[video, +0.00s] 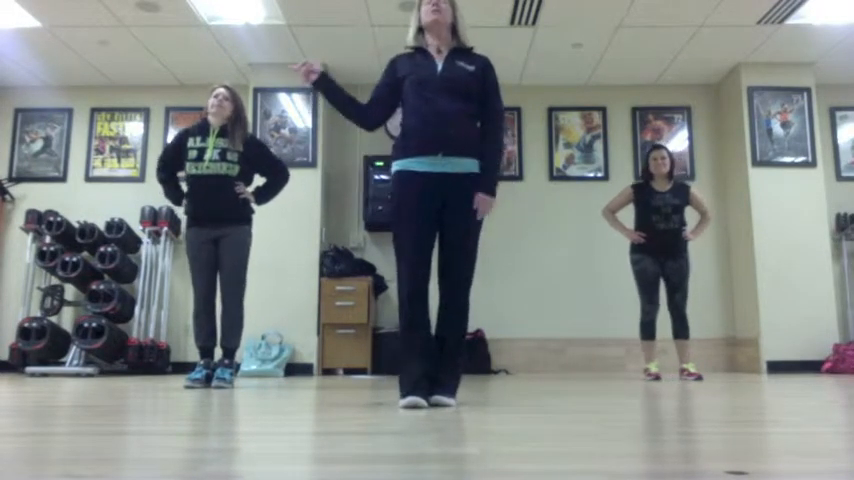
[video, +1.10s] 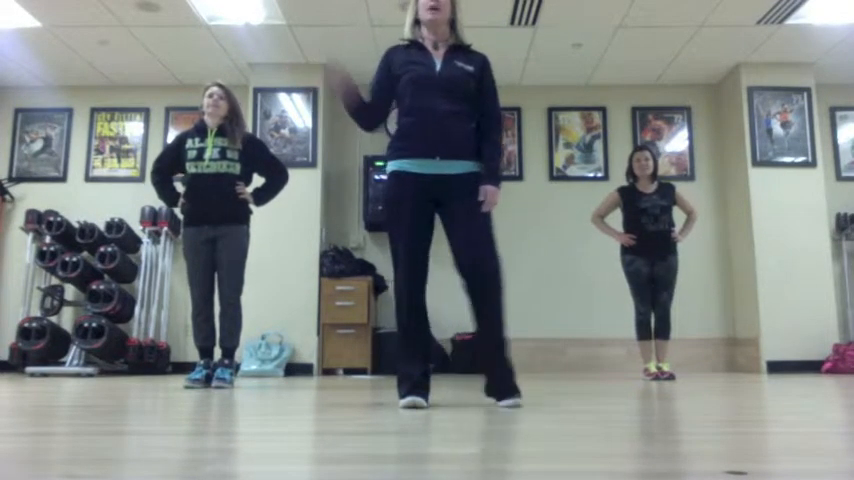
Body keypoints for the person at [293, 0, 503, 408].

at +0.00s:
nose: (433, 6)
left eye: (441, 3)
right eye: (427, 3)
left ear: (453, 15)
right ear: (419, 16)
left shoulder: (478, 64)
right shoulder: (404, 63)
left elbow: (494, 127)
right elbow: (370, 117)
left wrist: (487, 185)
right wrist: (322, 81)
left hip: (464, 182)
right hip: (413, 180)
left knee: (455, 288)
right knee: (413, 286)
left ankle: (444, 386)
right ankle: (414, 387)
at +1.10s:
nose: (433, 3)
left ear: (452, 7)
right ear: (416, 9)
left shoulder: (475, 61)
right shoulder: (398, 57)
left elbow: (491, 124)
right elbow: (371, 118)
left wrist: (491, 178)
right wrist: (346, 91)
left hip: (462, 182)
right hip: (408, 180)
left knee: (485, 278)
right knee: (409, 284)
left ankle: (500, 382)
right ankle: (413, 387)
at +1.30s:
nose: (450, 2)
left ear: (468, 8)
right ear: (432, 9)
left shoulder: (489, 65)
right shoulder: (414, 56)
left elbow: (506, 129)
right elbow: (394, 123)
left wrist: (541, 165)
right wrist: (364, 132)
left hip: (474, 181)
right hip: (421, 178)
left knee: (514, 268)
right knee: (415, 282)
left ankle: (517, 380)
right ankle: (413, 387)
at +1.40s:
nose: (474, 14)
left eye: (480, 9)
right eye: (466, 9)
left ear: (488, 13)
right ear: (454, 13)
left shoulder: (505, 64)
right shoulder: (434, 50)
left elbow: (535, 124)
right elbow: (405, 106)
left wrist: (588, 145)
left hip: (489, 182)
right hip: (437, 179)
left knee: (523, 277)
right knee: (426, 285)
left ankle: (554, 380)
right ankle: (414, 388)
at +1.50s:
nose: (489, 18)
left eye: (494, 12)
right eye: (480, 12)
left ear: (501, 15)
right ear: (466, 15)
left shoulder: (514, 65)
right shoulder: (448, 48)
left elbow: (552, 127)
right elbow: (426, 102)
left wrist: (616, 138)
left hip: (498, 184)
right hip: (449, 180)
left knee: (527, 282)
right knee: (432, 284)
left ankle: (560, 385)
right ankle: (414, 389)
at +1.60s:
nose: (519, 8)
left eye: (522, 4)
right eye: (512, 3)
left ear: (527, 14)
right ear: (495, 12)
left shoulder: (536, 71)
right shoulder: (478, 53)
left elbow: (571, 132)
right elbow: (451, 113)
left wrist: (637, 136)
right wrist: (438, 155)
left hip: (523, 188)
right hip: (478, 183)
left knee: (550, 281)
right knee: (460, 281)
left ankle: (562, 388)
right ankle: (417, 385)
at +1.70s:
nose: (515, 21)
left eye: (523, 14)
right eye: (510, 15)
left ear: (537, 18)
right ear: (503, 18)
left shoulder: (549, 71)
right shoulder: (488, 52)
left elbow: (575, 135)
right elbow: (447, 113)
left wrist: (639, 137)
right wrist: (462, 98)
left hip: (529, 186)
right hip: (486, 180)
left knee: (553, 280)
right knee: (485, 270)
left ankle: (562, 388)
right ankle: (425, 369)